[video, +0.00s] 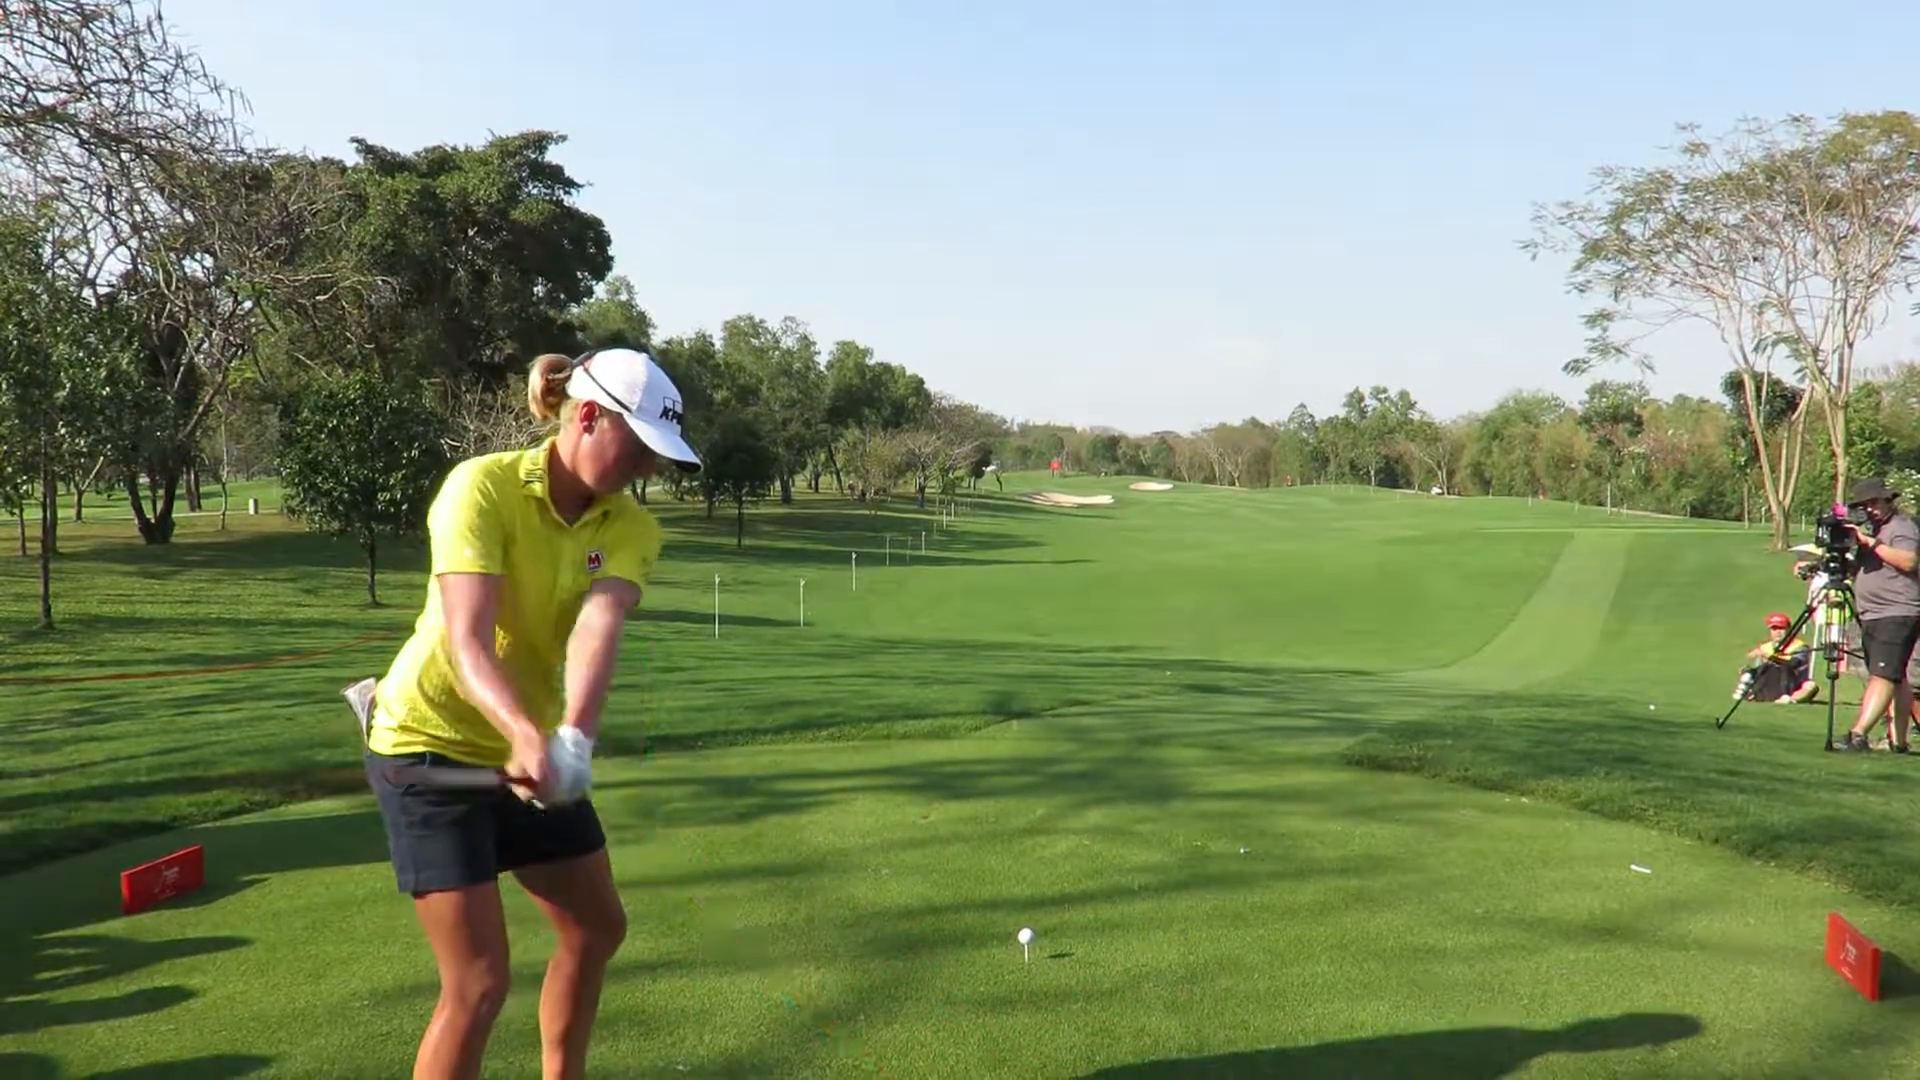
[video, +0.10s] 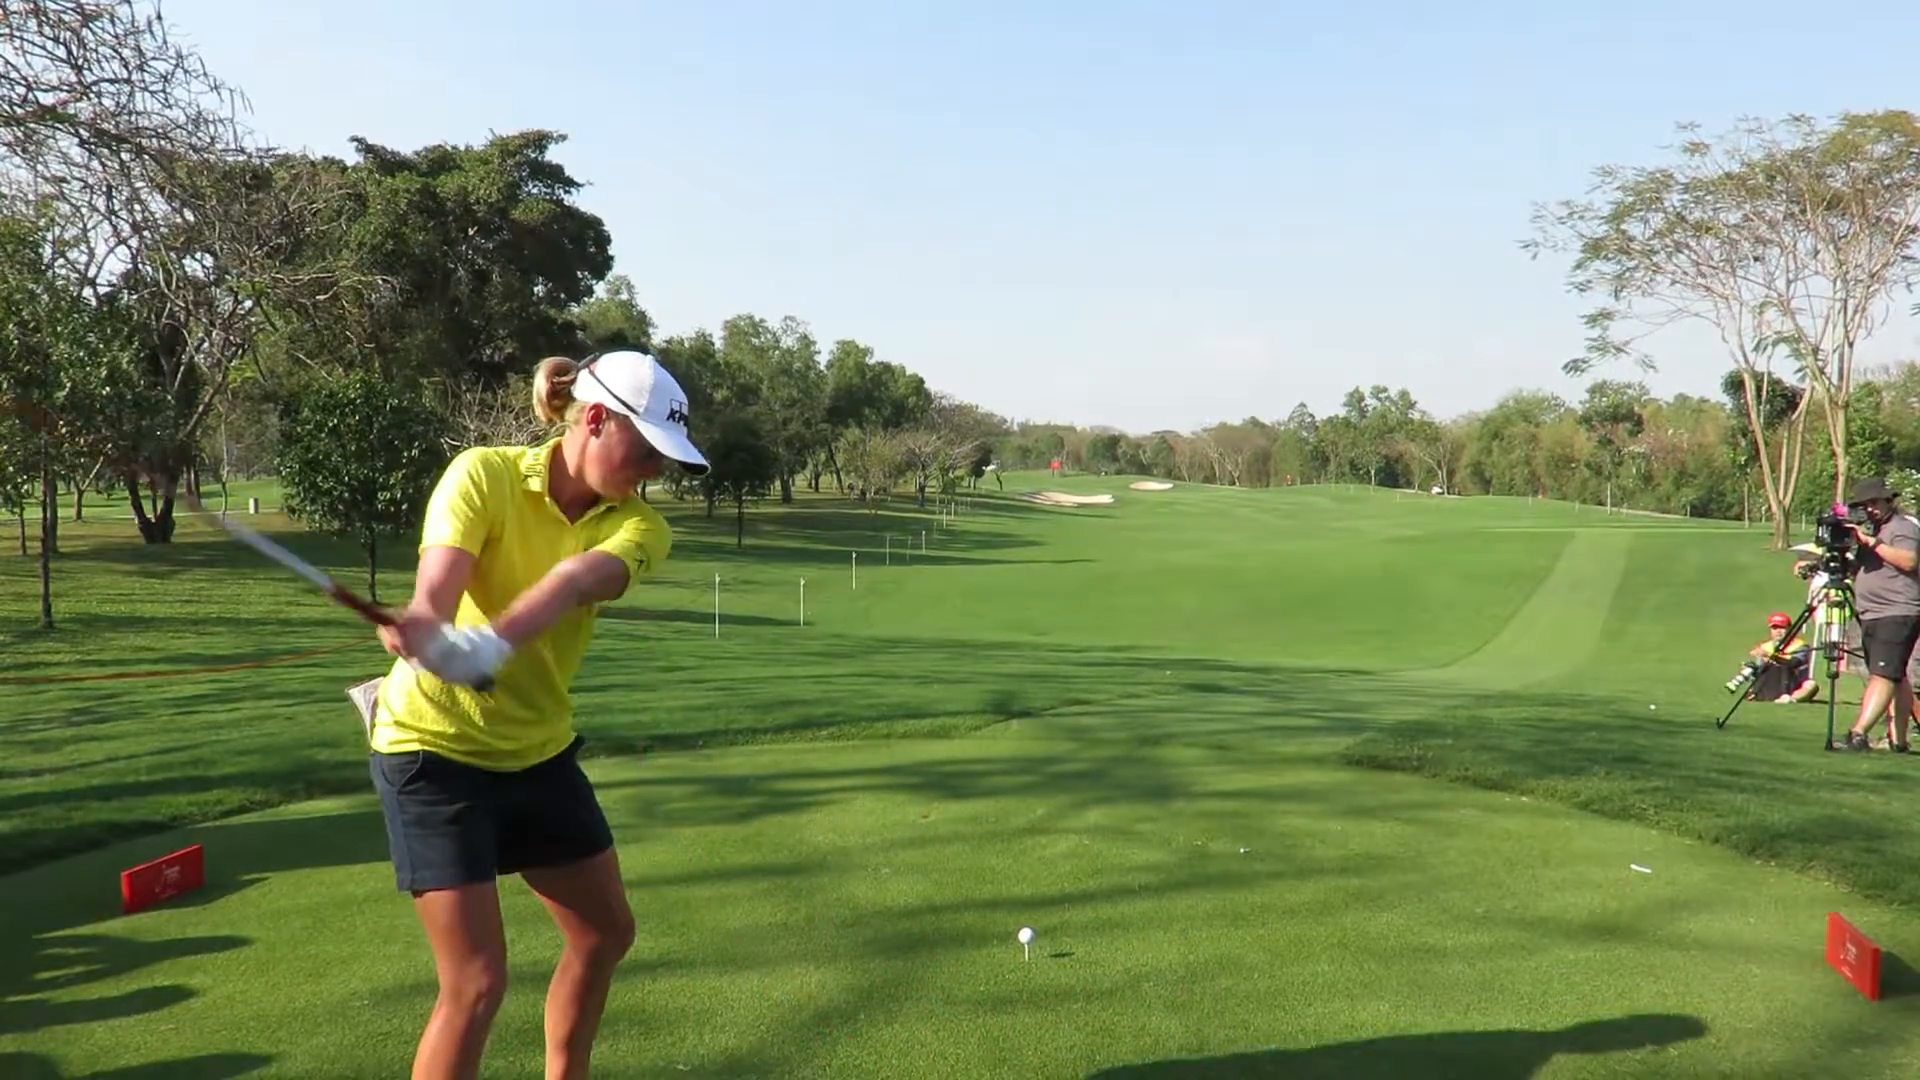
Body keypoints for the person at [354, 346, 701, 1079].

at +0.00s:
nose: (646, 465)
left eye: (654, 453)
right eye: (639, 445)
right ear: (587, 420)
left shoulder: (628, 526)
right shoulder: (478, 488)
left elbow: (600, 629)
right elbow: (468, 638)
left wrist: (579, 734)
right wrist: (521, 730)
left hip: (536, 749)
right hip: (430, 745)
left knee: (596, 927)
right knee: (477, 982)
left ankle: (561, 1072)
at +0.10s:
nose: (653, 470)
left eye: (661, 457)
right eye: (646, 449)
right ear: (594, 422)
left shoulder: (639, 528)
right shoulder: (482, 475)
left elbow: (576, 581)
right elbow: (438, 583)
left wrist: (495, 643)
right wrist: (422, 628)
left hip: (537, 747)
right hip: (432, 746)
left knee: (604, 932)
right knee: (474, 983)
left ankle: (564, 1072)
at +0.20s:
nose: (665, 470)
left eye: (672, 455)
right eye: (656, 449)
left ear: (612, 431)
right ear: (602, 426)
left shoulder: (643, 528)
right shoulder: (484, 466)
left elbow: (531, 522)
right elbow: (383, 582)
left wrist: (410, 502)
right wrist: (359, 502)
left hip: (541, 751)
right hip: (433, 745)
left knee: (611, 938)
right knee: (472, 983)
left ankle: (564, 1074)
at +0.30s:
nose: (672, 462)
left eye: (678, 449)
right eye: (661, 443)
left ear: (625, 433)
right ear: (605, 425)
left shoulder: (642, 526)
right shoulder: (483, 469)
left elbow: (505, 463)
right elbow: (346, 519)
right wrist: (343, 383)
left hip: (542, 756)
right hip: (433, 748)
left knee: (614, 945)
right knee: (473, 983)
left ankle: (568, 1072)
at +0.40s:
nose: (675, 468)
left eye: (682, 455)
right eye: (667, 448)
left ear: (629, 434)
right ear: (611, 422)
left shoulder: (638, 524)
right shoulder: (491, 459)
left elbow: (499, 432)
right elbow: (338, 469)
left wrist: (399, 318)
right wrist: (374, 334)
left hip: (544, 761)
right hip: (434, 751)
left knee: (616, 946)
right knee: (473, 986)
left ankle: (568, 1072)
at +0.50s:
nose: (679, 469)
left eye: (686, 456)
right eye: (670, 449)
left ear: (636, 435)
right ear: (613, 421)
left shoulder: (642, 521)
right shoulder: (496, 455)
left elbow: (504, 424)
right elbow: (346, 455)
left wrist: (424, 312)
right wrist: (403, 326)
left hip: (544, 758)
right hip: (435, 747)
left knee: (617, 946)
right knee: (473, 985)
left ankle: (569, 1070)